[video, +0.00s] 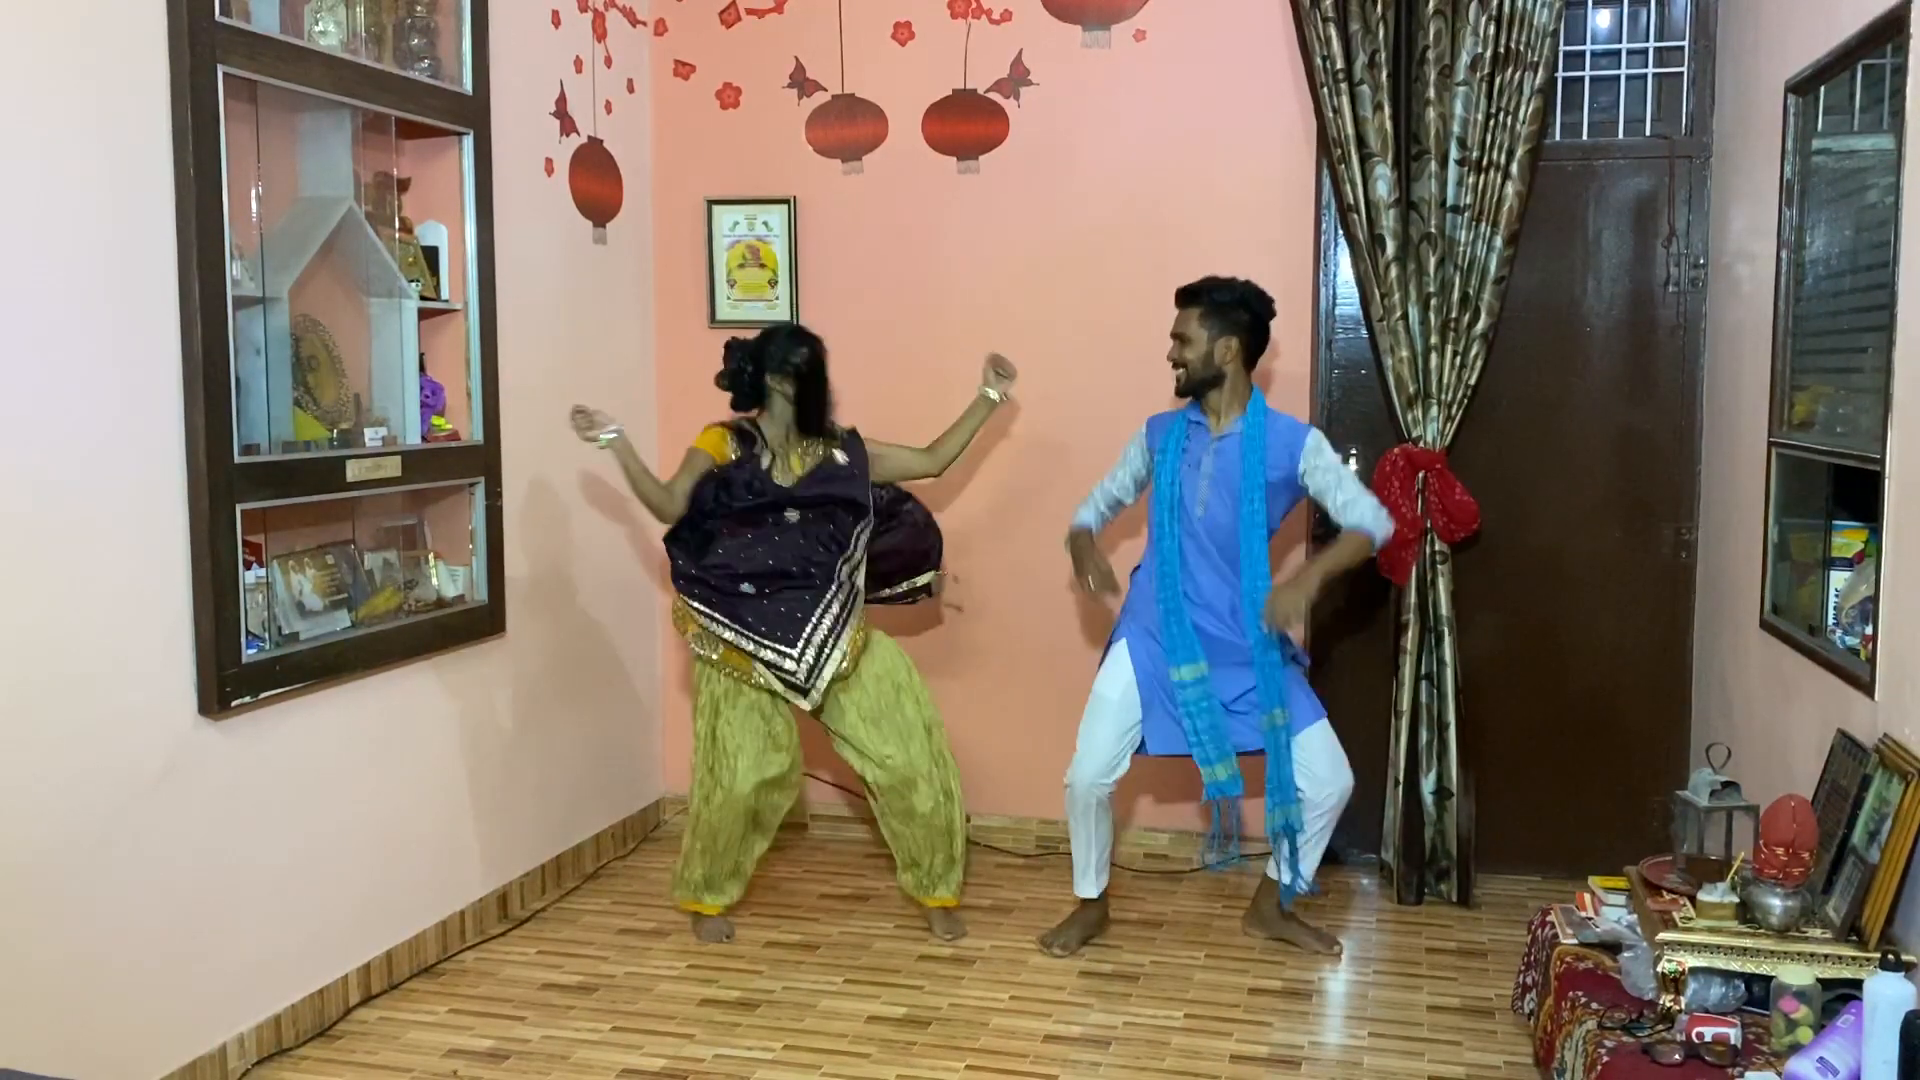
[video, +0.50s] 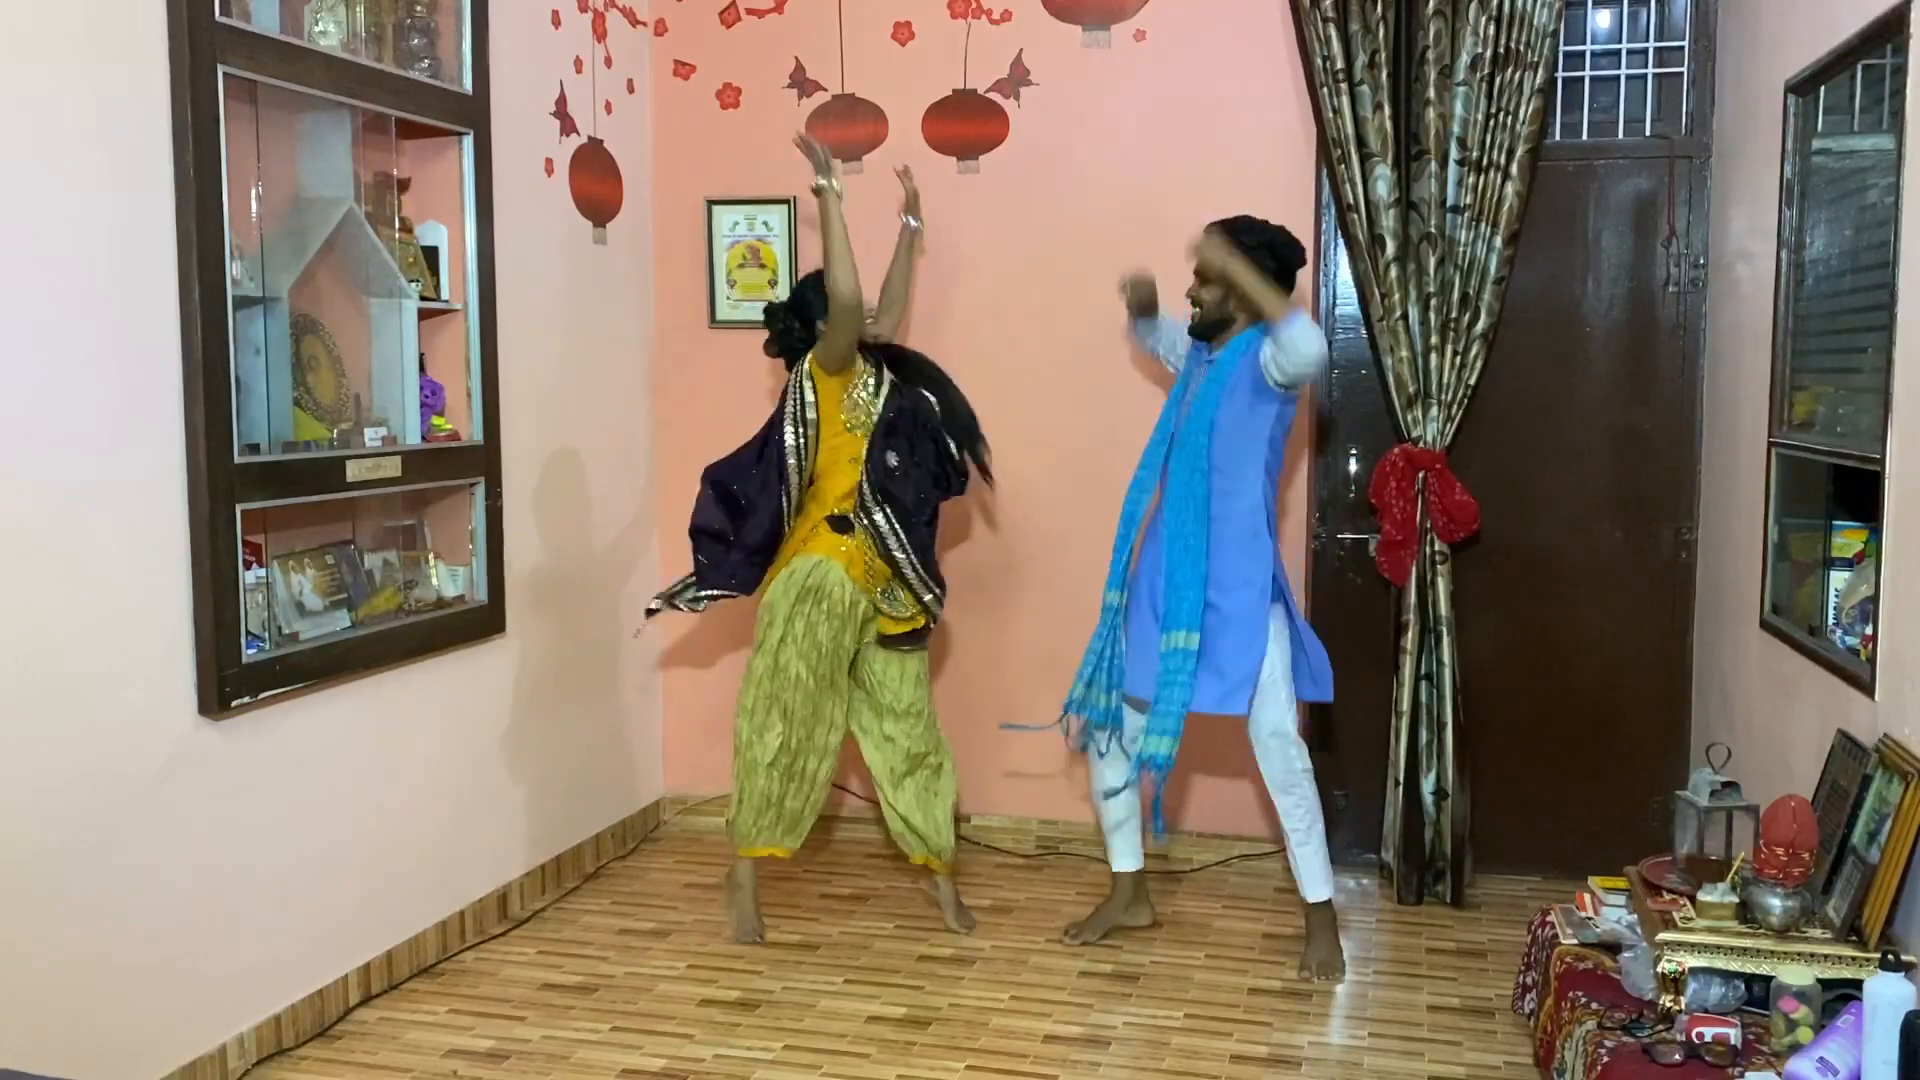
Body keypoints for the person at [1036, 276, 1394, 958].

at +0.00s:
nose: (1170, 352)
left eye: (1183, 340)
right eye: (1171, 339)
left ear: (1232, 350)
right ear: (1218, 351)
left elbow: (1369, 522)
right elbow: (1092, 512)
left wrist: (1304, 579)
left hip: (1247, 645)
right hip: (1153, 637)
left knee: (1327, 780)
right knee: (1088, 775)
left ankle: (1271, 903)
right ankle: (1090, 902)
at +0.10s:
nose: (1178, 301)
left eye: (1190, 289)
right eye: (1180, 287)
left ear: (1237, 298)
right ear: (1224, 299)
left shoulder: (1284, 381)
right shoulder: (1179, 374)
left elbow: (1380, 380)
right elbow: (1122, 387)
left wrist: (1257, 391)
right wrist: (1093, 382)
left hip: (1243, 600)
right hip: (1156, 593)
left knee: (1289, 757)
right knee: (1104, 741)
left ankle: (1281, 893)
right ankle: (1095, 893)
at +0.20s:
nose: (1188, 251)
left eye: (1205, 238)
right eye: (1187, 239)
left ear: (1248, 252)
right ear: (1194, 252)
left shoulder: (1277, 325)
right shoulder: (1184, 318)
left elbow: (1336, 252)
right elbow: (1135, 272)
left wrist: (1250, 200)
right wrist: (1105, 209)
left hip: (1242, 551)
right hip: (1156, 547)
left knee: (1272, 719)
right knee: (1114, 703)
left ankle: (1298, 877)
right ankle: (1099, 871)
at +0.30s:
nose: (1197, 230)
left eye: (1215, 221)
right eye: (1200, 218)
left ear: (1254, 241)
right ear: (1203, 236)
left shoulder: (1267, 306)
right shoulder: (1187, 299)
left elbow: (1252, 193)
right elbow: (1144, 206)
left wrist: (1263, 67)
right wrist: (1116, 110)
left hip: (1243, 535)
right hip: (1165, 534)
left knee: (1268, 701)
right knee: (1120, 693)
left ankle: (1305, 875)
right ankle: (1110, 861)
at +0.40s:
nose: (1199, 247)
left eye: (1216, 239)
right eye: (1202, 236)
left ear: (1252, 258)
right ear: (1206, 255)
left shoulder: (1266, 332)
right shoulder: (1185, 318)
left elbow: (1265, 234)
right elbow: (1150, 234)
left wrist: (1255, 103)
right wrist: (1129, 137)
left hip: (1239, 552)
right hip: (1158, 551)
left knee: (1277, 731)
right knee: (1120, 713)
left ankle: (1315, 903)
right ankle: (1120, 879)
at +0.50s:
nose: (1197, 282)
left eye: (1209, 272)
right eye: (1198, 271)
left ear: (1250, 283)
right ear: (1212, 281)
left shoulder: (1270, 355)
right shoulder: (1198, 354)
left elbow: (1304, 347)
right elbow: (1158, 339)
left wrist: (1240, 269)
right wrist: (1143, 308)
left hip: (1243, 583)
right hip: (1164, 577)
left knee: (1277, 742)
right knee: (1107, 722)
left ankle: (1319, 914)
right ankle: (1128, 890)